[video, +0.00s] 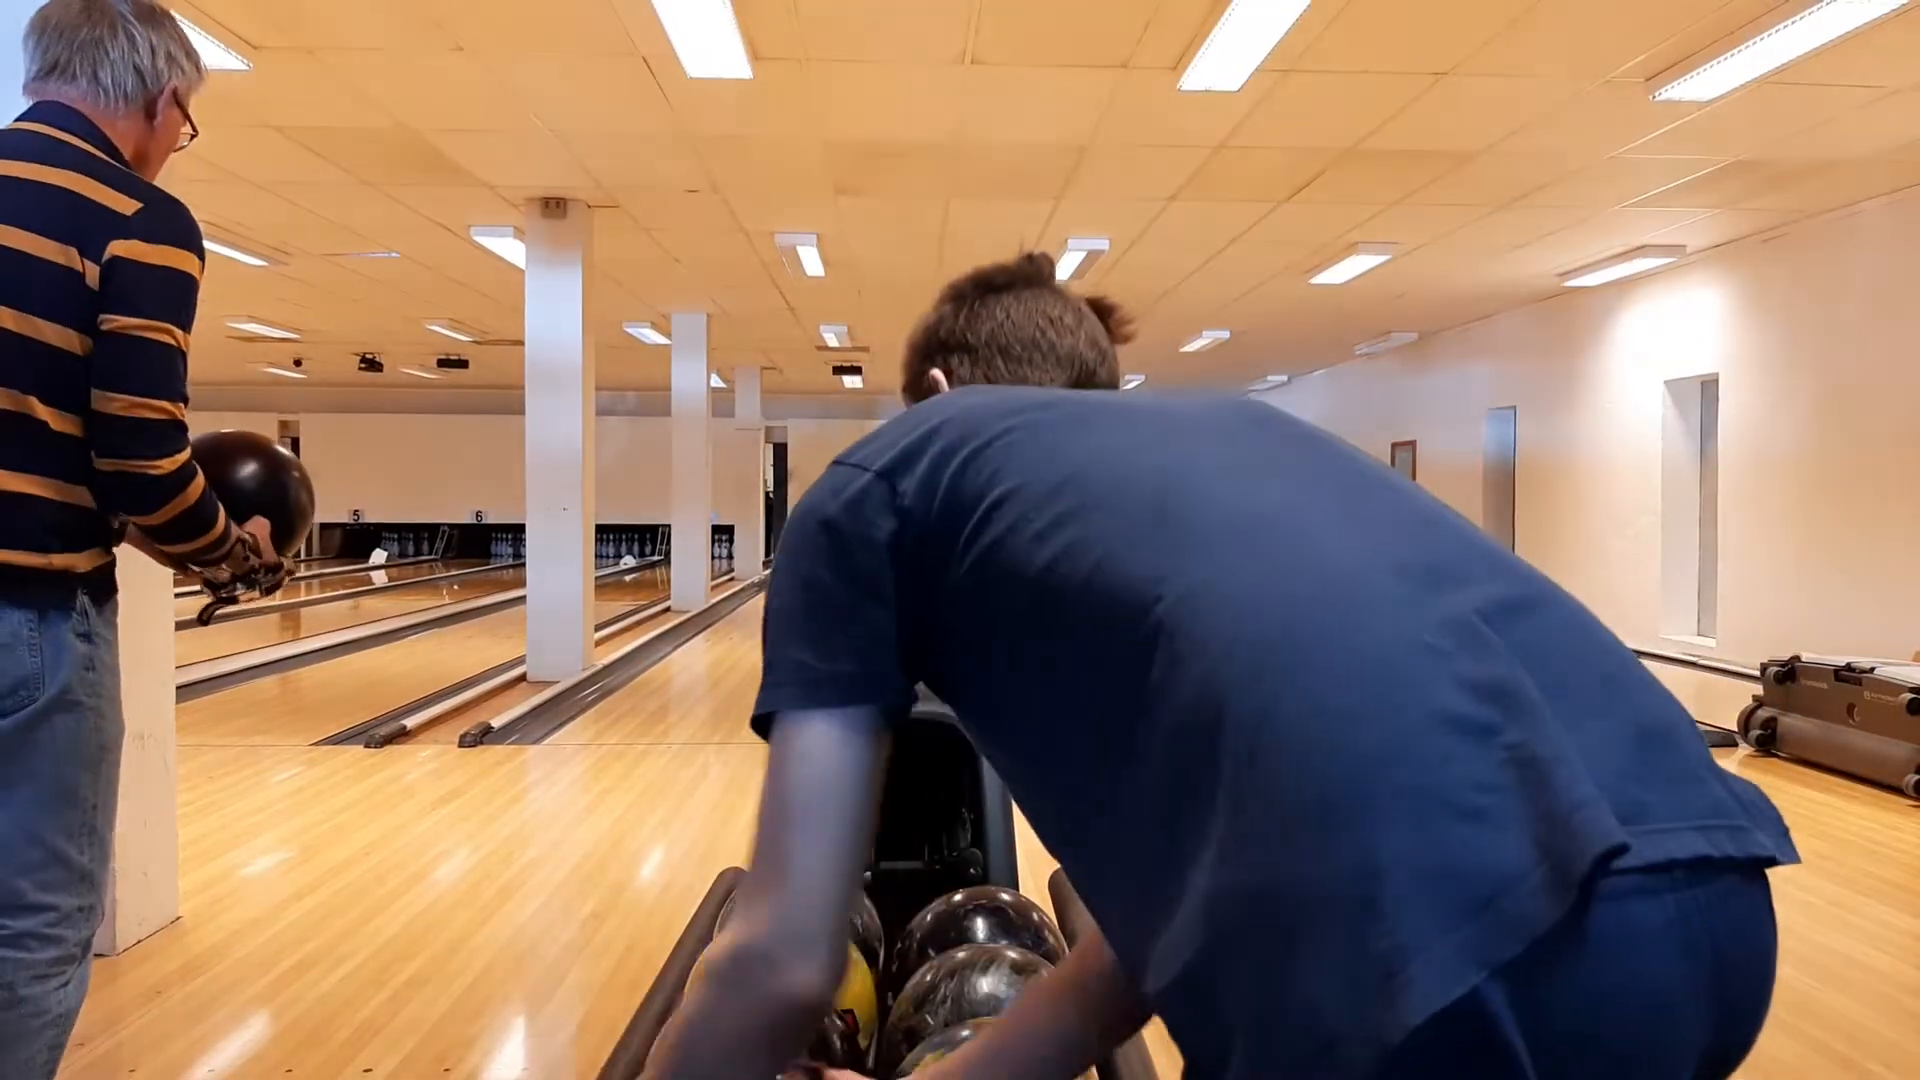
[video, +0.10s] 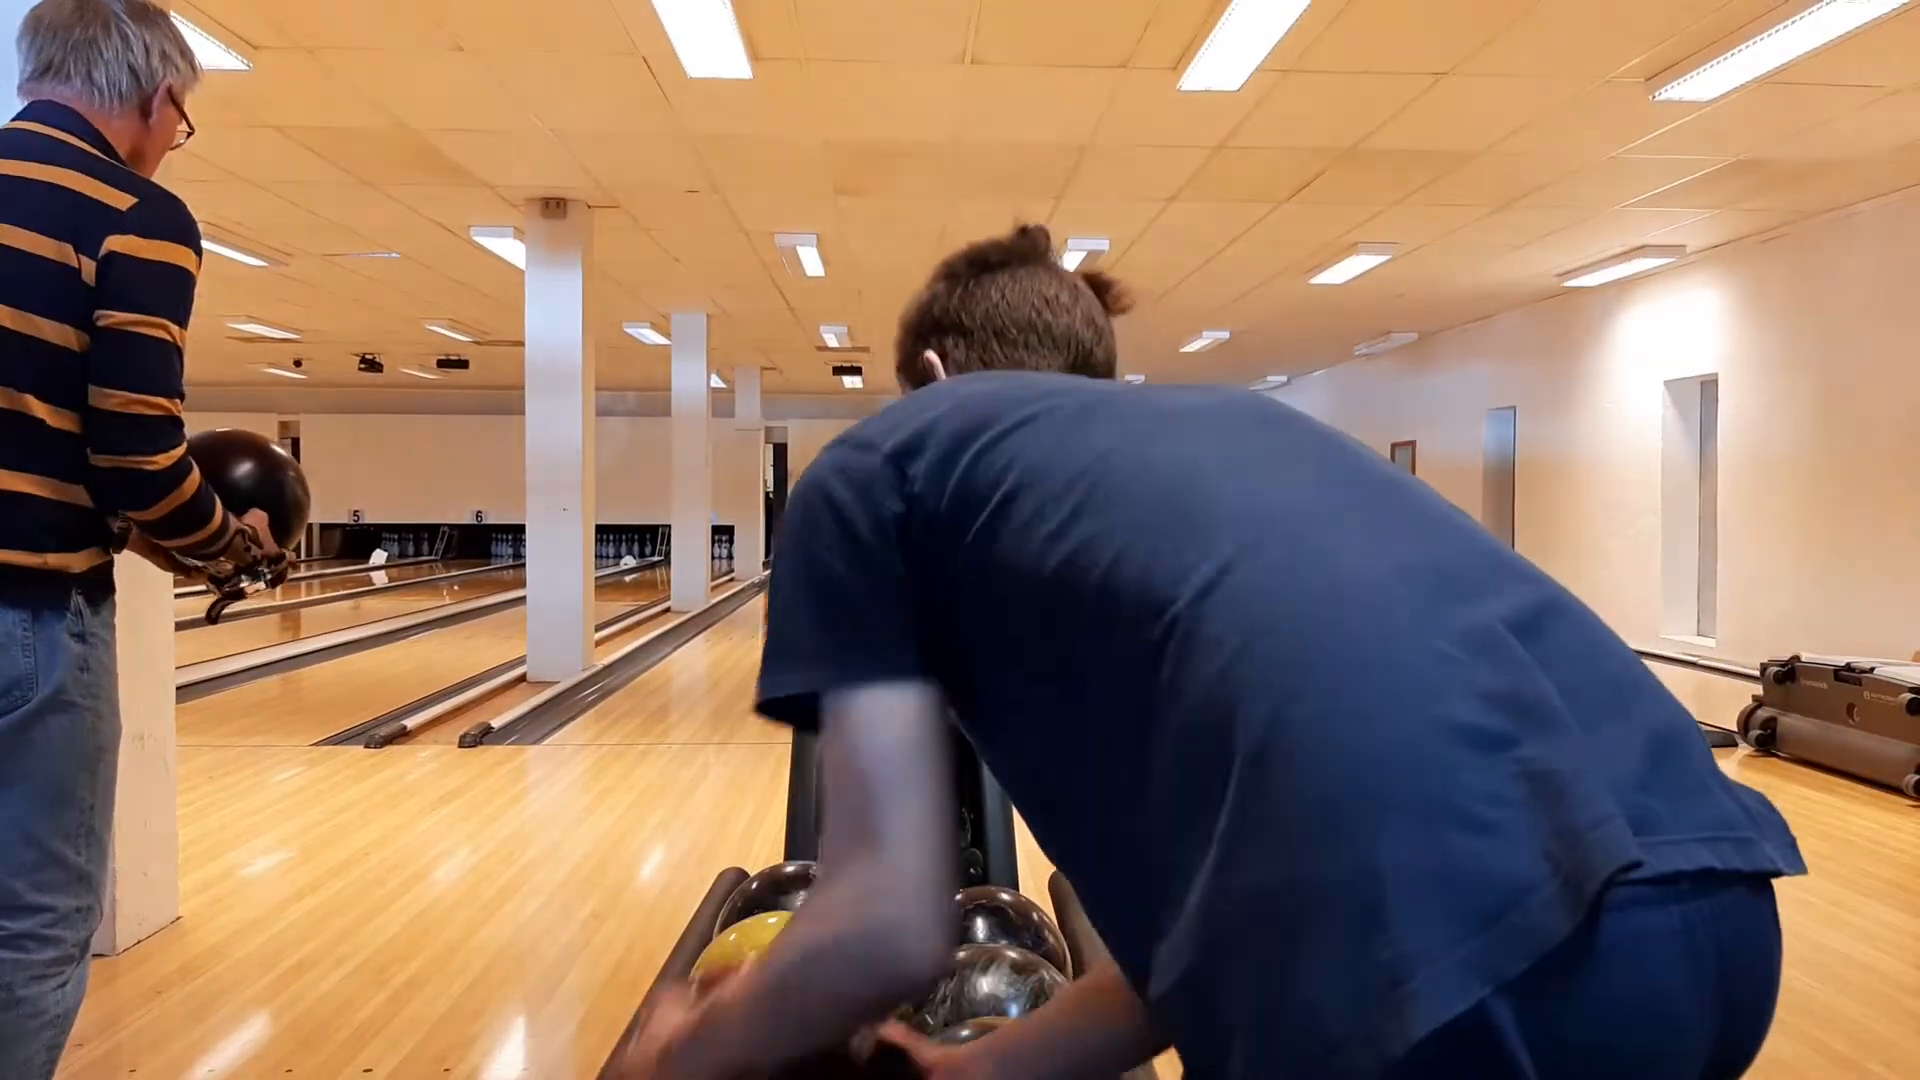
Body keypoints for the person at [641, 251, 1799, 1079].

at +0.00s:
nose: (887, 429)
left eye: (889, 414)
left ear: (925, 392)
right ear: (1107, 375)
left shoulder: (882, 481)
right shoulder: (1248, 441)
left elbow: (792, 963)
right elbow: (1162, 910)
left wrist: (704, 1047)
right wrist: (964, 1076)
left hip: (1393, 992)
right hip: (1703, 920)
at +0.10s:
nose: (883, 412)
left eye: (884, 395)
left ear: (920, 374)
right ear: (1103, 370)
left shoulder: (880, 465)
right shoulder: (1244, 429)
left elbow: (886, 927)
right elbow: (1269, 840)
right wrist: (994, 1062)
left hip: (1398, 980)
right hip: (1706, 917)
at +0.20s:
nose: (898, 361)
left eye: (899, 336)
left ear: (927, 320)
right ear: (1104, 319)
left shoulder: (897, 407)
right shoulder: (1246, 401)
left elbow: (987, 795)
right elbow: (1289, 814)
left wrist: (771, 891)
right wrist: (1033, 1017)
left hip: (1396, 968)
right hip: (1697, 922)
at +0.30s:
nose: (911, 254)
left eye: (912, 237)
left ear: (950, 219)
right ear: (1132, 230)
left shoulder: (929, 308)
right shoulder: (1264, 331)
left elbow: (1012, 674)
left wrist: (839, 860)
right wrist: (1049, 910)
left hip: (1429, 960)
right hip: (1708, 917)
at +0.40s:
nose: (963, 156)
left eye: (961, 132)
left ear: (987, 118)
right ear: (1179, 126)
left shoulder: (962, 226)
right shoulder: (1336, 242)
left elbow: (1046, 634)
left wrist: (977, 862)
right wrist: (1032, 808)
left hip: (1410, 968)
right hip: (1744, 922)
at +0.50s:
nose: (1015, 85)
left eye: (1011, 48)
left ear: (1044, 18)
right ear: (1244, 27)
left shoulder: (1009, 165)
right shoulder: (1449, 162)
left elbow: (1109, 665)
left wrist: (991, 763)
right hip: (1791, 922)